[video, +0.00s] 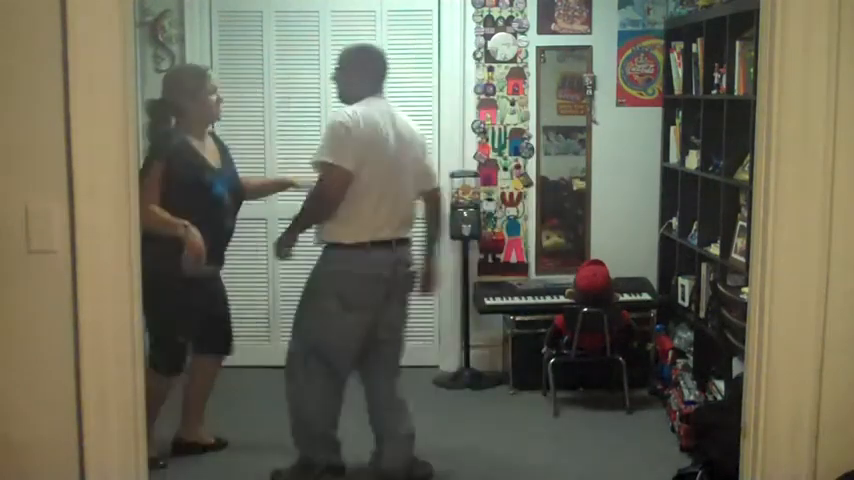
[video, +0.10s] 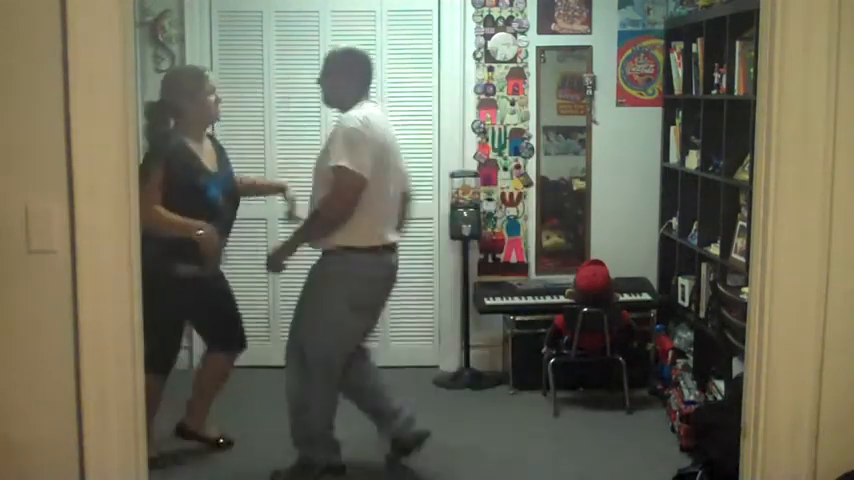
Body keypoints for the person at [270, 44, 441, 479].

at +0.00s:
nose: (335, 78)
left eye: (341, 71)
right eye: (337, 71)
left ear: (359, 74)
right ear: (378, 75)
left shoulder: (347, 121)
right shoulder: (407, 128)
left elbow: (329, 191)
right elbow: (434, 197)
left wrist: (293, 230)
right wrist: (431, 258)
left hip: (349, 264)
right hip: (396, 262)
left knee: (312, 359)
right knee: (382, 365)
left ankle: (318, 459)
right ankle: (396, 458)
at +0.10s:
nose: (321, 83)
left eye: (327, 76)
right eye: (323, 76)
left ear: (347, 78)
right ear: (361, 79)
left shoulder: (354, 124)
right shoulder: (379, 123)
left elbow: (342, 199)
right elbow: (401, 200)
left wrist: (289, 245)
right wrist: (377, 236)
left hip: (349, 263)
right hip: (374, 262)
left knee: (309, 352)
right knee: (339, 352)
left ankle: (316, 455)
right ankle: (402, 429)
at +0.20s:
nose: (308, 84)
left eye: (317, 77)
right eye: (310, 77)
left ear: (343, 81)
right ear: (343, 82)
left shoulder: (361, 123)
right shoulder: (355, 122)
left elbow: (363, 196)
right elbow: (358, 197)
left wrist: (317, 258)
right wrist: (318, 255)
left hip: (356, 263)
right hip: (354, 261)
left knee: (312, 362)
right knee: (325, 358)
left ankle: (317, 458)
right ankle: (380, 424)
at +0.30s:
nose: (303, 84)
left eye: (311, 77)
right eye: (304, 77)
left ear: (339, 81)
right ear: (325, 84)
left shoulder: (368, 125)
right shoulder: (331, 130)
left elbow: (385, 193)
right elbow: (313, 191)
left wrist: (367, 269)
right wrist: (267, 219)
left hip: (365, 260)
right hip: (336, 257)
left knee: (328, 356)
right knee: (319, 346)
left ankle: (321, 457)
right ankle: (361, 426)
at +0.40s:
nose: (303, 84)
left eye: (312, 77)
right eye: (303, 77)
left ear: (339, 82)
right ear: (307, 85)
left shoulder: (372, 123)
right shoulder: (305, 141)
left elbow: (409, 185)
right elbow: (265, 181)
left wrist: (413, 254)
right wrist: (221, 178)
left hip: (383, 253)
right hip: (341, 255)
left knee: (347, 353)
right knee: (327, 348)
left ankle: (326, 457)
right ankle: (367, 429)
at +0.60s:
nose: (325, 73)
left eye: (334, 65)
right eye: (318, 65)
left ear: (349, 72)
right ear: (309, 74)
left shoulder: (387, 118)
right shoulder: (297, 138)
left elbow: (432, 163)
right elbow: (252, 178)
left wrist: (460, 219)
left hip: (398, 242)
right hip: (348, 245)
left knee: (382, 340)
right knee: (342, 345)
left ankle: (392, 440)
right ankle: (361, 434)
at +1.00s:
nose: (370, 83)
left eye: (377, 75)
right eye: (361, 77)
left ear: (389, 82)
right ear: (350, 87)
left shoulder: (416, 130)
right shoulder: (333, 142)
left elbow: (440, 185)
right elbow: (316, 201)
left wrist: (454, 238)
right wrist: (320, 255)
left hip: (414, 256)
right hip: (362, 258)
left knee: (418, 348)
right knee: (365, 337)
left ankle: (404, 425)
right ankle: (337, 384)